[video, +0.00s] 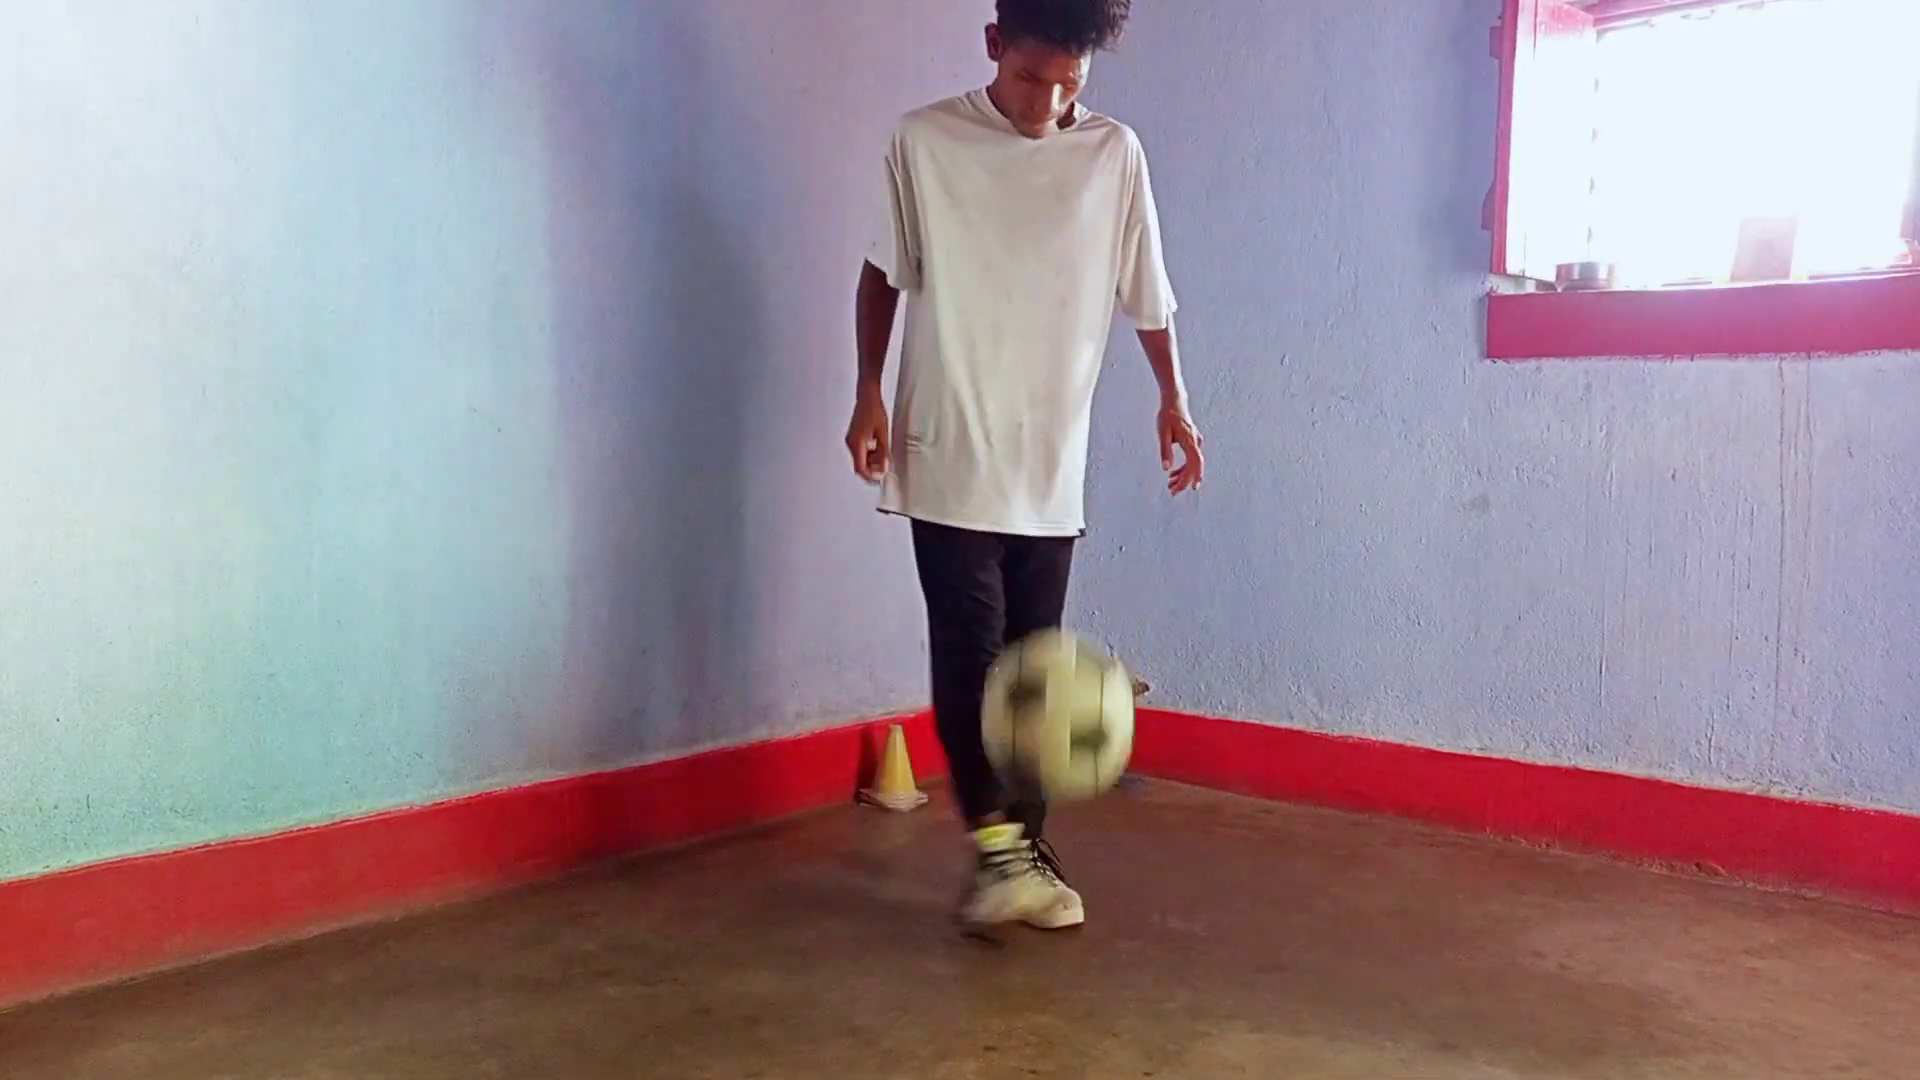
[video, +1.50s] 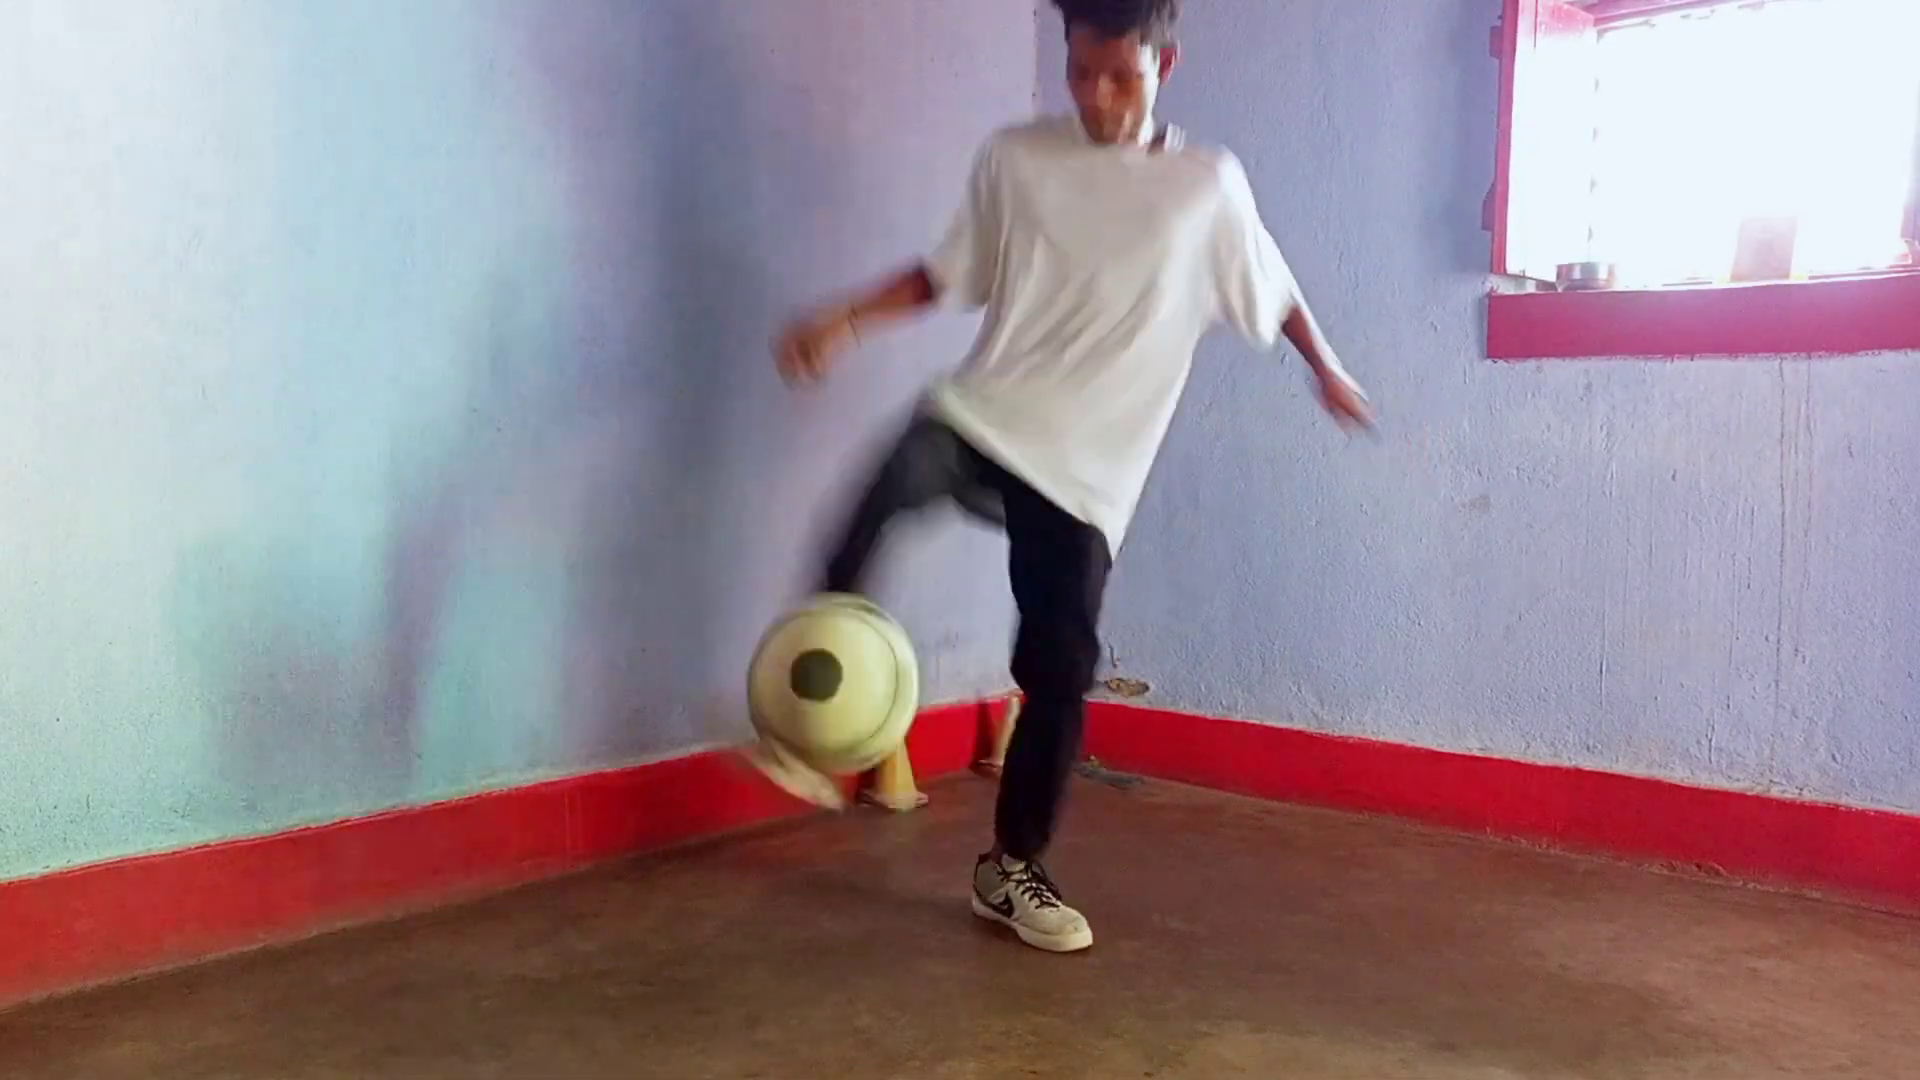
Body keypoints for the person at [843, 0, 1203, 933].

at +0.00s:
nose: (1049, 101)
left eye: (1067, 84)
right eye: (1034, 80)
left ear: (1091, 63)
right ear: (994, 45)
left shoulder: (1112, 152)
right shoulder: (923, 140)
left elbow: (1146, 289)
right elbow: (882, 275)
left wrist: (1173, 398)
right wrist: (869, 394)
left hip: (1053, 444)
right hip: (946, 438)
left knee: (1037, 650)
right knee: (970, 640)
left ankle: (1029, 851)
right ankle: (994, 853)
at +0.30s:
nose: (1021, 109)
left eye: (1038, 90)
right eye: (1004, 87)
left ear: (1058, 66)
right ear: (962, 52)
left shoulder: (1082, 156)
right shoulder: (897, 152)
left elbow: (1102, 301)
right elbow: (849, 290)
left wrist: (1118, 417)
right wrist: (831, 411)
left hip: (1036, 455)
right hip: (927, 453)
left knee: (1024, 664)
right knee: (920, 663)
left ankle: (1013, 846)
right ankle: (917, 856)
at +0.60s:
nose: (1056, 90)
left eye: (1075, 72)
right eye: (1041, 69)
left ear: (1096, 58)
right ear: (1004, 44)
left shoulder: (1118, 158)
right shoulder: (928, 134)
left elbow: (1125, 305)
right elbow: (863, 270)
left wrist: (1137, 425)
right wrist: (828, 380)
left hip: (1055, 455)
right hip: (942, 446)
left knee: (1045, 664)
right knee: (935, 662)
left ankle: (1025, 864)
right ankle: (921, 861)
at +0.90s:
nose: (1127, 97)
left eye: (1146, 81)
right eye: (1113, 73)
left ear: (1167, 73)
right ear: (1078, 48)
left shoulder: (1176, 178)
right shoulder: (1000, 122)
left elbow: (1202, 313)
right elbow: (911, 226)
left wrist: (1233, 422)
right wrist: (868, 323)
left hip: (1071, 437)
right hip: (975, 385)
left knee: (1064, 656)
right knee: (975, 476)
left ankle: (1022, 855)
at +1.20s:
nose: (1062, 58)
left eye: (1086, 36)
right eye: (1046, 32)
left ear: (1122, 25)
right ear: (1021, 19)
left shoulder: (1167, 138)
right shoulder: (963, 121)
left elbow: (1265, 243)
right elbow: (922, 252)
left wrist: (1357, 328)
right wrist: (842, 313)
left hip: (1078, 411)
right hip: (980, 388)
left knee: (1069, 616)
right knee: (1045, 233)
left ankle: (1018, 846)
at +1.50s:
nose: (1099, 95)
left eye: (1121, 75)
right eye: (1085, 72)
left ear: (1165, 64)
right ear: (1065, 59)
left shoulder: (1211, 185)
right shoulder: (1016, 158)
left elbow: (1270, 286)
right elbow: (947, 275)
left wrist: (1327, 368)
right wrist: (842, 320)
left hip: (1086, 467)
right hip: (979, 420)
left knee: (1064, 664)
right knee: (889, 486)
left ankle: (1015, 868)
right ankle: (815, 719)